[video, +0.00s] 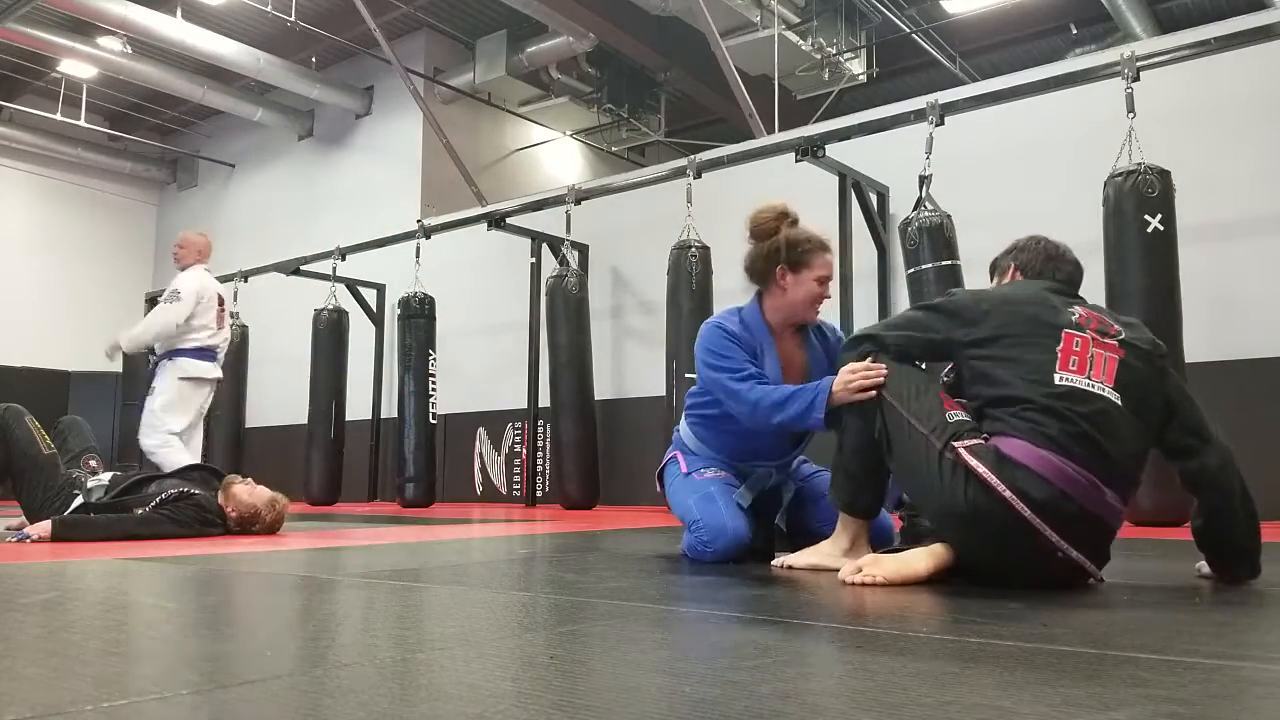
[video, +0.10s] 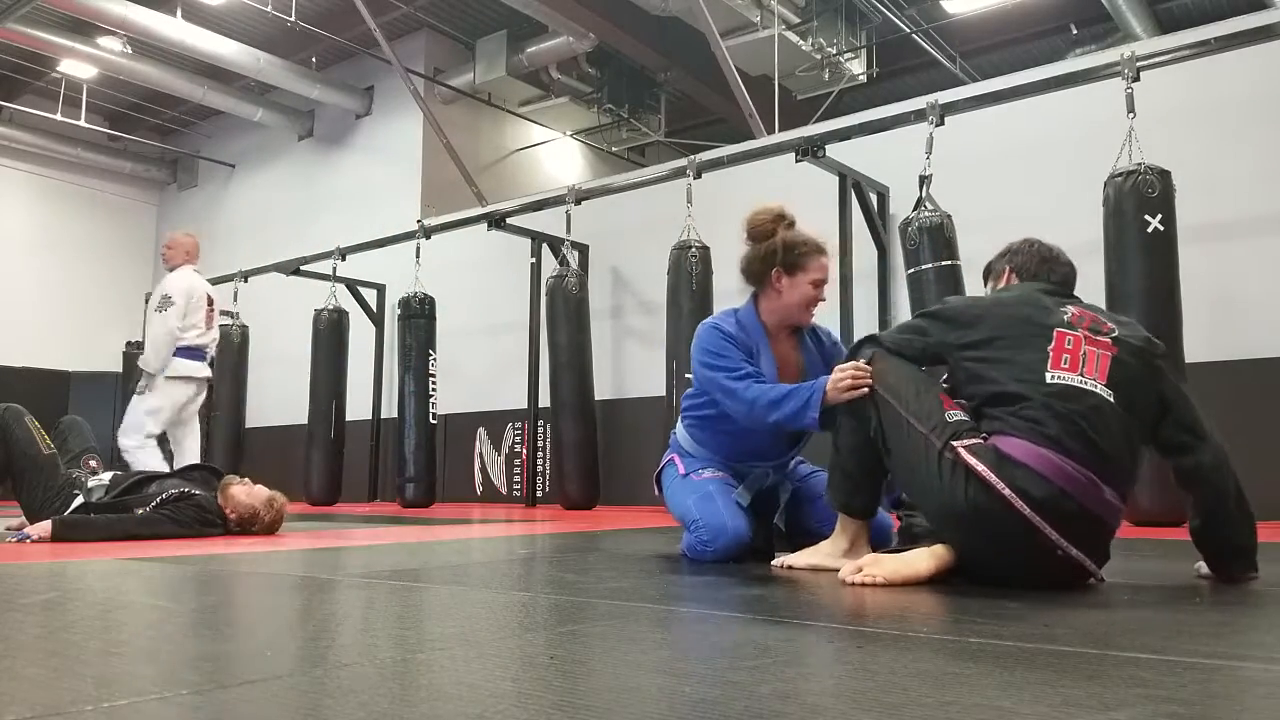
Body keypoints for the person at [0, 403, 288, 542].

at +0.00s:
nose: (247, 477)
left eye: (249, 489)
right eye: (255, 483)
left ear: (235, 511)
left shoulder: (199, 514)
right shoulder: (218, 485)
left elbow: (129, 525)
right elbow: (157, 479)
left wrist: (58, 526)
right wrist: (115, 479)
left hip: (69, 499)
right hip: (102, 482)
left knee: (11, 414)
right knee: (70, 422)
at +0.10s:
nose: (244, 478)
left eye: (247, 489)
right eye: (252, 483)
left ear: (234, 511)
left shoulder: (198, 514)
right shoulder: (216, 484)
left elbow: (129, 525)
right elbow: (161, 479)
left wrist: (56, 526)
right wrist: (121, 477)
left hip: (69, 500)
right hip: (104, 481)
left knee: (10, 414)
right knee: (71, 422)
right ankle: (35, 504)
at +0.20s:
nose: (243, 477)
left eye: (246, 488)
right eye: (250, 481)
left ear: (234, 512)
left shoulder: (199, 514)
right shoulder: (214, 483)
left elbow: (128, 525)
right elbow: (157, 476)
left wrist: (56, 526)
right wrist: (116, 481)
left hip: (68, 501)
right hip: (100, 483)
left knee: (11, 414)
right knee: (71, 421)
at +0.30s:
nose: (235, 473)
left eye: (239, 482)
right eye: (243, 475)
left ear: (233, 508)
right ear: (241, 475)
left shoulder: (196, 515)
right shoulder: (215, 481)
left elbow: (128, 525)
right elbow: (155, 477)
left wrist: (56, 526)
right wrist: (115, 480)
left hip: (67, 501)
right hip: (100, 483)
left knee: (11, 414)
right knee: (71, 421)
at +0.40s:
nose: (227, 478)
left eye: (234, 488)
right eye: (235, 475)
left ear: (236, 509)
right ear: (238, 470)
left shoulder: (197, 515)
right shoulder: (214, 479)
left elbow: (128, 525)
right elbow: (158, 479)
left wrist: (56, 526)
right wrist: (116, 477)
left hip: (70, 502)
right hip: (103, 481)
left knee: (11, 415)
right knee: (70, 422)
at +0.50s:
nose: (225, 479)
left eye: (232, 489)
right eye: (233, 475)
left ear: (236, 509)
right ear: (234, 470)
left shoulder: (197, 514)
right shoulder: (210, 480)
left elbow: (129, 525)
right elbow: (151, 489)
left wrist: (57, 526)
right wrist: (114, 479)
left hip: (69, 501)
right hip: (101, 482)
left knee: (11, 415)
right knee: (72, 422)